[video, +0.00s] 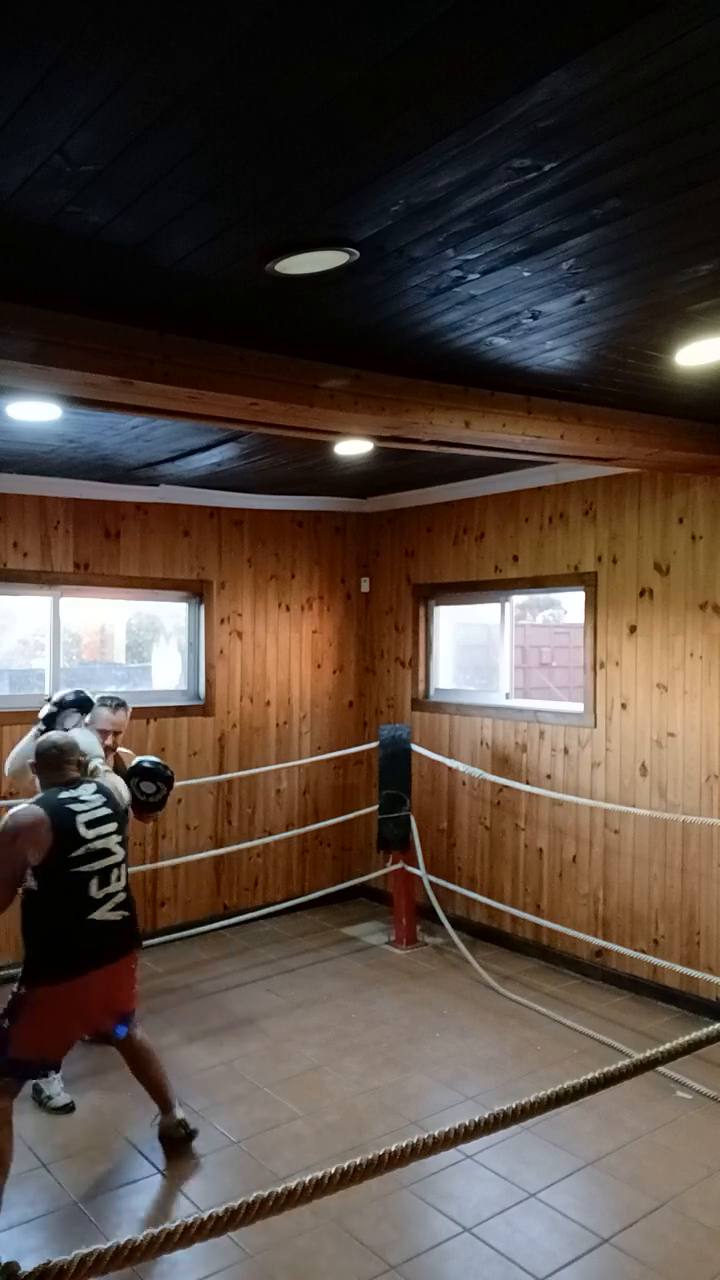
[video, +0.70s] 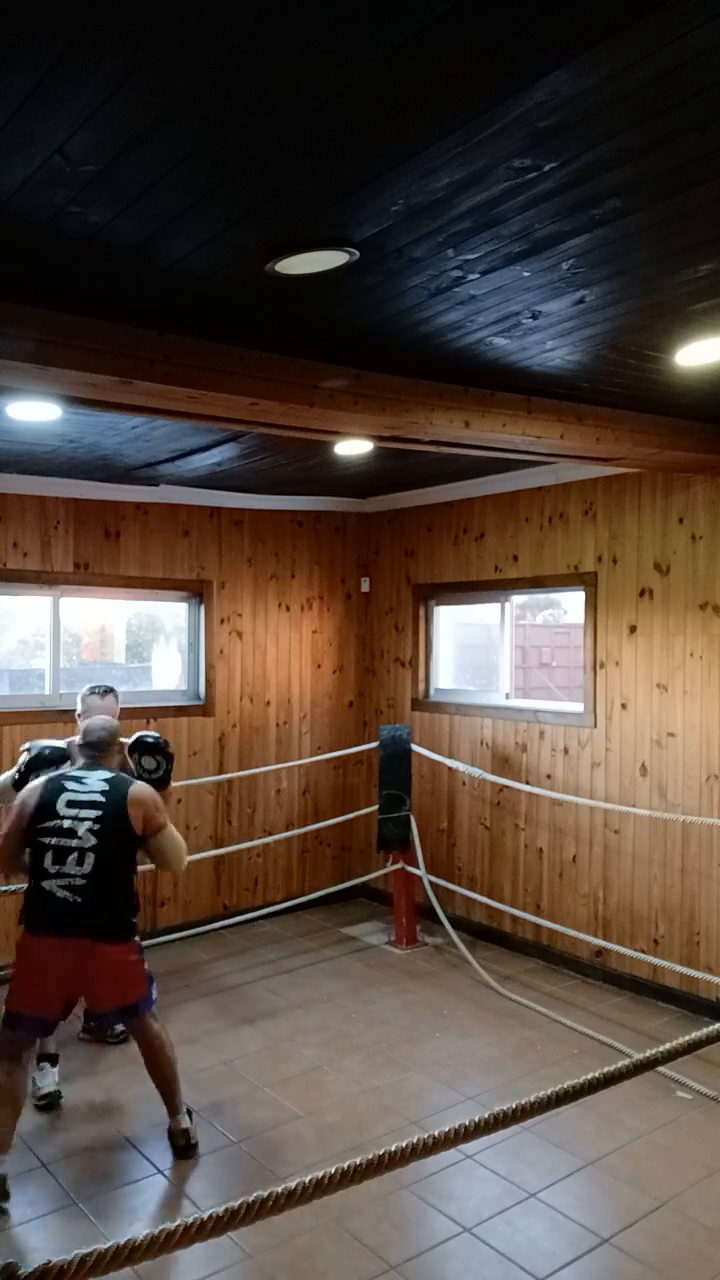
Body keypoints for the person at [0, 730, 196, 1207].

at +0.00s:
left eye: (35, 770)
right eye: (85, 759)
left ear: (34, 771)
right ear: (82, 765)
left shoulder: (25, 822)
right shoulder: (109, 796)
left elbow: (2, 899)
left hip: (59, 978)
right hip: (119, 961)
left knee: (5, 1089)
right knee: (123, 1030)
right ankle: (173, 1118)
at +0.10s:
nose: (47, 767)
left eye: (50, 759)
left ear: (55, 765)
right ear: (105, 760)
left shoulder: (36, 816)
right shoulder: (136, 795)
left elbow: (5, 885)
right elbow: (169, 829)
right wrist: (149, 788)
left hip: (67, 974)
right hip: (131, 961)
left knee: (11, 1083)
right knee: (142, 1031)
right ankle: (181, 1125)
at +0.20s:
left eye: (118, 746)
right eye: (132, 749)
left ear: (86, 753)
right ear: (130, 756)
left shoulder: (52, 790)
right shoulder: (148, 799)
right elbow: (184, 856)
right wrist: (150, 838)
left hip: (62, 960)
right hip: (130, 956)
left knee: (30, 1086)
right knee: (152, 1028)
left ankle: (1, 1219)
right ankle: (178, 1125)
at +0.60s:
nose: (158, 759)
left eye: (156, 753)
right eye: (156, 753)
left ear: (107, 750)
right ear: (149, 755)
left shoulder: (67, 785)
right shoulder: (155, 796)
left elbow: (41, 855)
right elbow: (188, 866)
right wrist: (161, 818)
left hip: (55, 936)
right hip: (119, 940)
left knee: (21, 1048)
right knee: (152, 1023)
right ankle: (180, 1122)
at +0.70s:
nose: (129, 757)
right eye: (126, 751)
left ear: (75, 752)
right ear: (121, 753)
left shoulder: (37, 789)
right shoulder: (138, 794)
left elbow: (9, 862)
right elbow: (174, 862)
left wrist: (57, 861)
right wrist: (136, 841)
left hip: (42, 942)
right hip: (111, 942)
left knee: (12, 1052)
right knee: (146, 1024)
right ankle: (180, 1124)